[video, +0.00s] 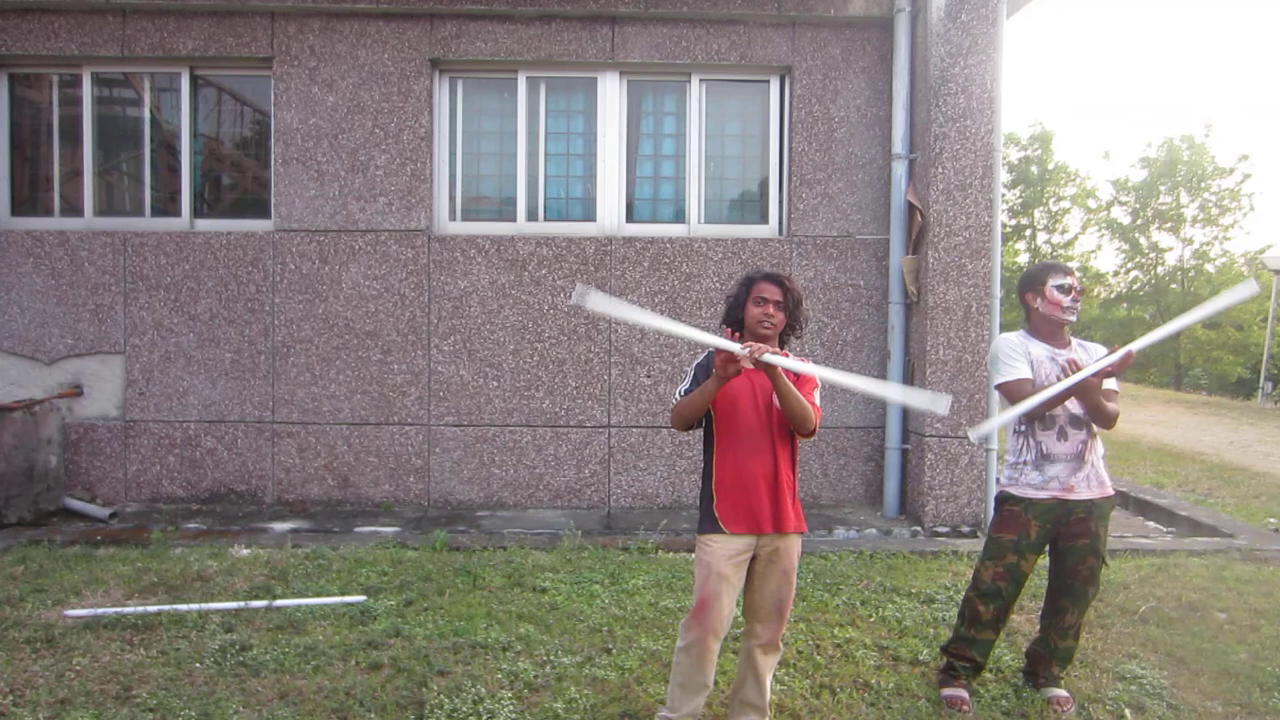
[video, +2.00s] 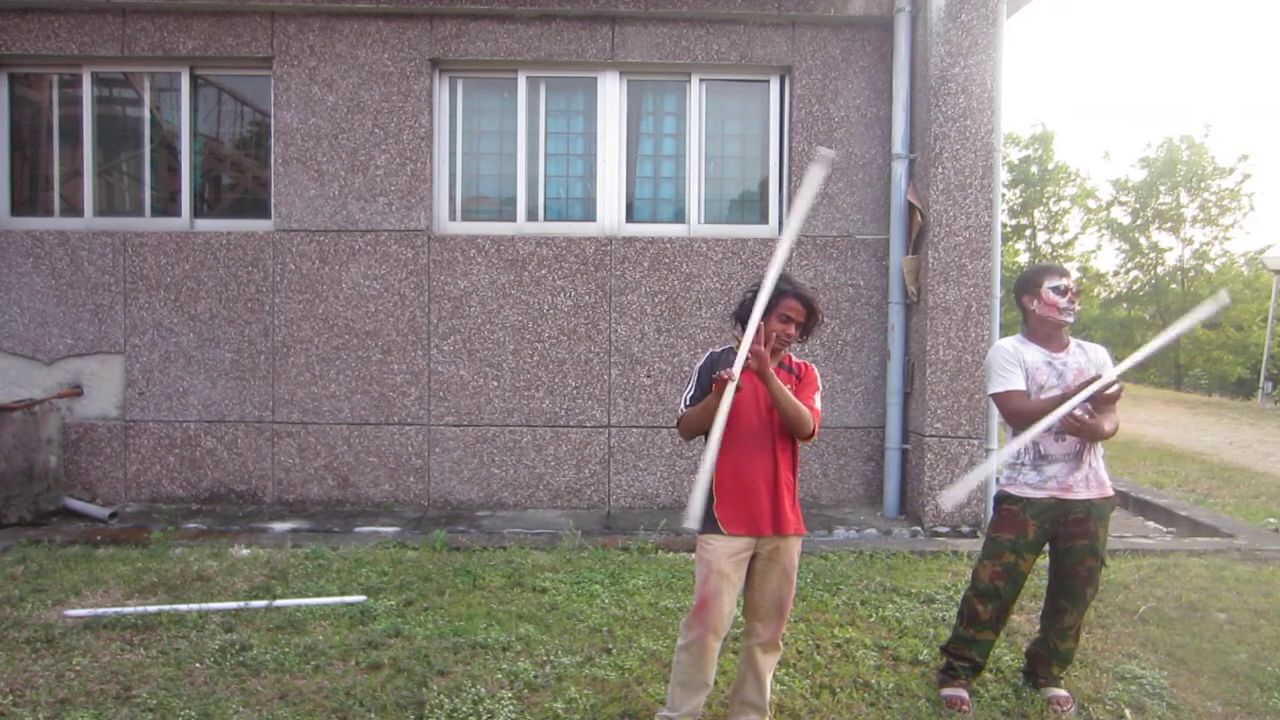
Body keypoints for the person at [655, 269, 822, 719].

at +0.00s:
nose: (769, 312)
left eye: (778, 306)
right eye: (760, 302)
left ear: (787, 318)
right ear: (739, 309)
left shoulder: (799, 369)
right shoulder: (715, 361)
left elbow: (807, 426)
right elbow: (681, 419)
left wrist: (775, 372)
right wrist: (719, 377)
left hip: (782, 519)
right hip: (724, 518)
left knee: (767, 635)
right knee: (707, 624)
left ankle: (750, 714)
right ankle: (678, 714)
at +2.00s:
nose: (789, 330)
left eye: (797, 324)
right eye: (782, 318)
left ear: (802, 330)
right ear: (756, 316)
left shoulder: (803, 372)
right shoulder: (719, 362)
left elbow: (806, 429)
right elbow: (686, 428)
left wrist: (768, 373)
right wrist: (719, 395)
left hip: (782, 520)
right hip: (725, 519)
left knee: (767, 634)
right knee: (707, 623)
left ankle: (750, 714)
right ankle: (678, 714)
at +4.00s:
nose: (788, 322)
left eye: (798, 317)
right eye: (781, 310)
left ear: (803, 326)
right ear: (758, 311)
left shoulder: (806, 372)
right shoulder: (722, 363)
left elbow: (805, 441)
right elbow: (693, 428)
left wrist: (762, 402)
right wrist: (722, 391)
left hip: (783, 521)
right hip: (726, 519)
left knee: (767, 635)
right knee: (709, 624)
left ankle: (749, 714)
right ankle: (678, 714)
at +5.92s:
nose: (802, 326)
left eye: (810, 320)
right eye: (794, 314)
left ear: (814, 329)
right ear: (766, 313)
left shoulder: (807, 369)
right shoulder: (727, 353)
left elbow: (795, 433)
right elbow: (701, 414)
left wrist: (761, 386)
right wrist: (728, 364)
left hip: (781, 517)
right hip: (724, 515)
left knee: (767, 633)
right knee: (708, 619)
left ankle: (749, 714)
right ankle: (679, 713)